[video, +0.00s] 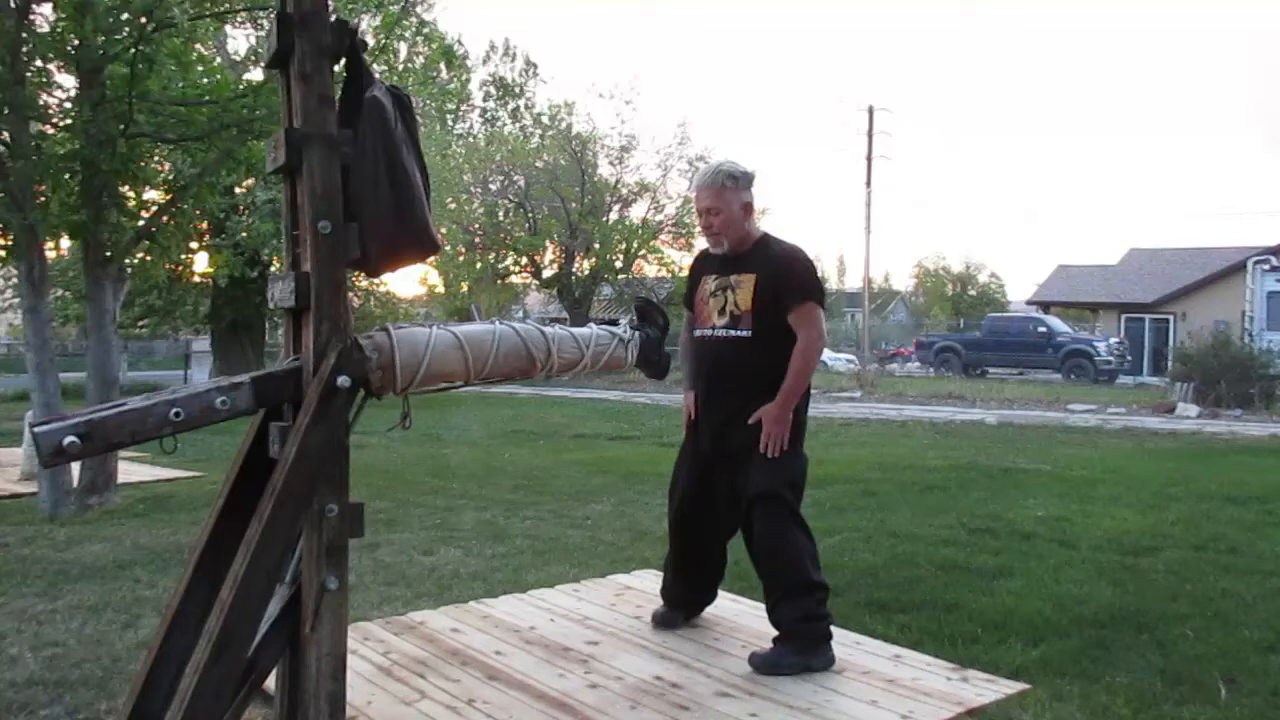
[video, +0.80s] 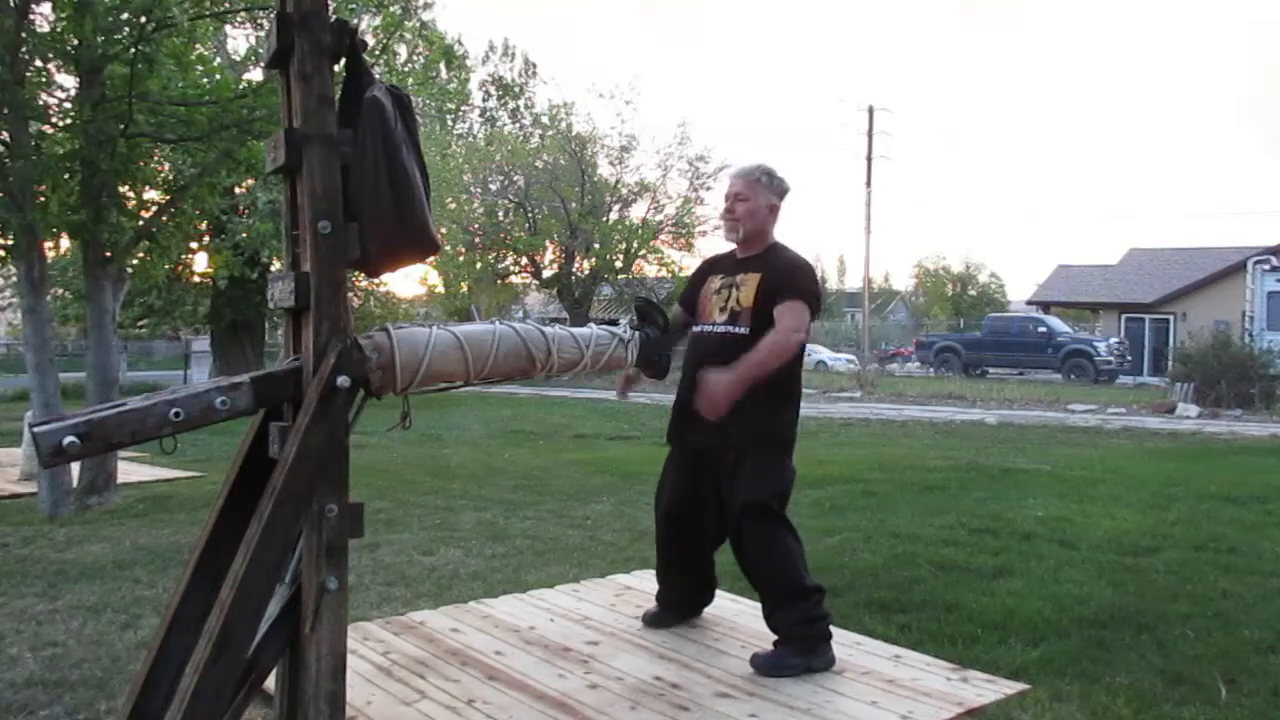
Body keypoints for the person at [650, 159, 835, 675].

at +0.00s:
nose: (706, 222)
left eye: (716, 212)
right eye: (701, 213)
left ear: (747, 207)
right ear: (698, 213)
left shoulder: (786, 262)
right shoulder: (703, 266)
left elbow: (812, 337)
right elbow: (697, 333)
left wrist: (784, 405)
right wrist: (693, 387)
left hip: (768, 412)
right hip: (712, 412)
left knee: (772, 518)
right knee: (691, 505)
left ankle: (807, 640)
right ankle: (685, 597)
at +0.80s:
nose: (731, 208)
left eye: (742, 199)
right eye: (728, 200)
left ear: (773, 205)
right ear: (724, 208)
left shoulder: (790, 269)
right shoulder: (710, 270)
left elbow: (790, 334)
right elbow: (674, 323)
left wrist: (732, 379)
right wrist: (641, 358)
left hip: (759, 424)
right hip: (698, 418)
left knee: (756, 520)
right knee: (678, 509)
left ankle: (806, 639)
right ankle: (681, 598)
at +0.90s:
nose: (734, 204)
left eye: (746, 196)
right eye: (732, 197)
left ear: (777, 202)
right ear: (730, 206)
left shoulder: (794, 264)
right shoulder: (714, 266)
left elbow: (765, 308)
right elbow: (677, 304)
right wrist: (638, 304)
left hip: (760, 425)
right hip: (700, 418)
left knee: (761, 523)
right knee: (683, 511)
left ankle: (807, 640)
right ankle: (681, 598)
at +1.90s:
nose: (697, 239)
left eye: (703, 227)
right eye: (691, 230)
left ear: (733, 215)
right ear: (690, 227)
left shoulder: (777, 267)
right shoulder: (700, 276)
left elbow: (794, 339)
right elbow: (677, 327)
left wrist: (729, 350)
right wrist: (650, 332)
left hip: (770, 428)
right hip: (711, 425)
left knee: (768, 522)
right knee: (687, 511)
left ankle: (807, 641)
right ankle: (682, 600)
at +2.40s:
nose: (682, 260)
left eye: (686, 249)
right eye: (677, 251)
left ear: (717, 232)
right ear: (700, 236)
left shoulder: (768, 265)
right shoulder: (697, 280)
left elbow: (812, 334)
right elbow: (700, 343)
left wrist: (782, 402)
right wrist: (697, 395)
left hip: (778, 421)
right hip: (724, 420)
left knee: (784, 526)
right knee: (695, 508)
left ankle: (814, 644)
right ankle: (682, 599)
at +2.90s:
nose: (709, 228)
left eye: (718, 218)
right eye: (705, 219)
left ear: (751, 216)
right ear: (703, 219)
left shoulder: (786, 271)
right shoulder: (701, 278)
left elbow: (793, 339)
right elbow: (682, 329)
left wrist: (739, 373)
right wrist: (669, 339)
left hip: (769, 430)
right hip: (707, 428)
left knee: (764, 517)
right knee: (678, 508)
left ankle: (812, 642)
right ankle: (681, 596)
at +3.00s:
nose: (717, 222)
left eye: (728, 212)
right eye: (714, 212)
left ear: (761, 213)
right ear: (713, 213)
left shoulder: (793, 271)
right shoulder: (708, 275)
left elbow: (789, 327)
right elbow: (678, 330)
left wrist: (715, 317)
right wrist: (679, 312)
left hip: (767, 433)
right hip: (705, 428)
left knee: (763, 519)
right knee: (676, 512)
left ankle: (813, 643)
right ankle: (682, 595)